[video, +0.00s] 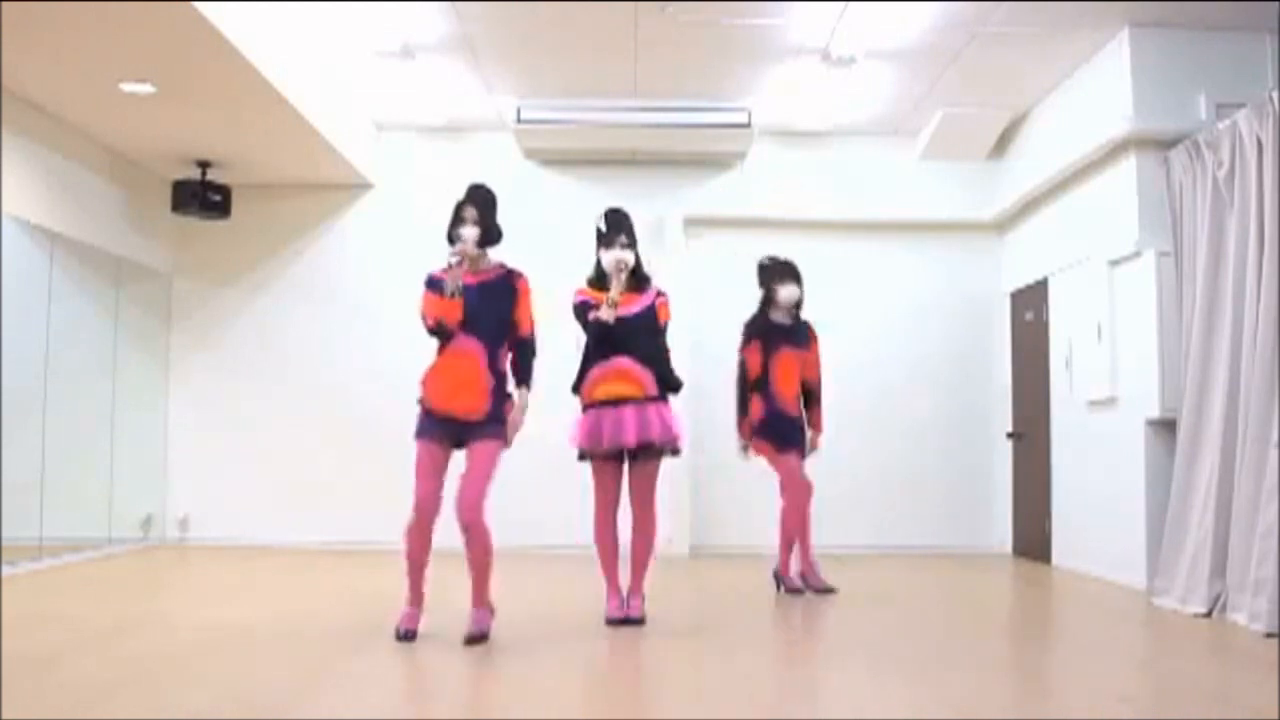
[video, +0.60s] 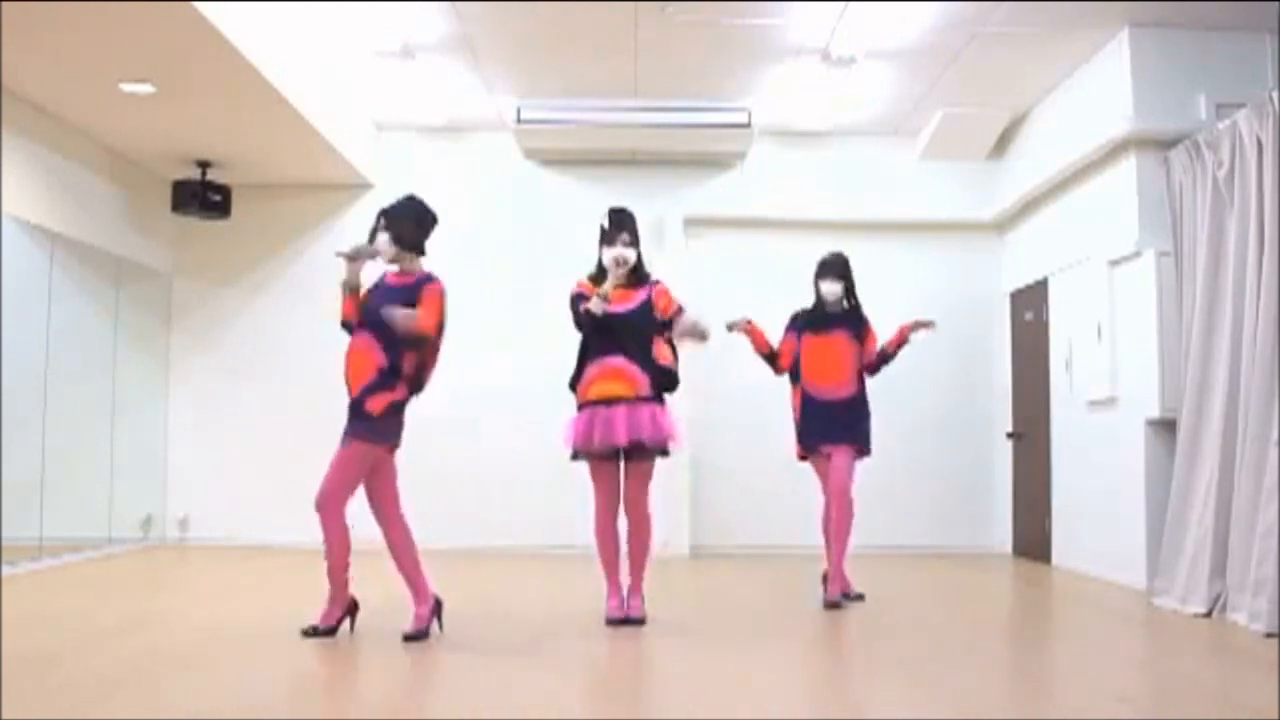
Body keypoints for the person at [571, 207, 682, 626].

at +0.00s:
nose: (620, 257)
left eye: (626, 248)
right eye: (612, 248)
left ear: (636, 252)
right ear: (599, 253)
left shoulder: (653, 297)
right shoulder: (586, 296)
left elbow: (658, 343)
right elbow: (595, 328)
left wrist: (669, 379)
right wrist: (613, 292)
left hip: (647, 397)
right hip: (603, 397)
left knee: (642, 500)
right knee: (606, 501)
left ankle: (636, 589)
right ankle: (613, 589)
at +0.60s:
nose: (620, 253)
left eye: (627, 244)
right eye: (612, 244)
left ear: (638, 248)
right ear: (600, 247)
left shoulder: (653, 292)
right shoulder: (586, 291)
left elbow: (680, 321)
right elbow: (584, 320)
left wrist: (689, 329)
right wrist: (602, 294)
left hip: (642, 400)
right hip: (598, 400)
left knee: (636, 501)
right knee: (606, 502)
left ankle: (635, 591)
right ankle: (613, 591)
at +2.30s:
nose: (612, 260)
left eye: (620, 252)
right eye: (605, 251)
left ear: (630, 255)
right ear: (593, 252)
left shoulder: (642, 297)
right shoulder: (575, 295)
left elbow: (671, 344)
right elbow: (578, 331)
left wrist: (694, 300)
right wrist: (602, 288)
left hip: (624, 406)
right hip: (581, 405)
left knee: (596, 503)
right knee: (593, 505)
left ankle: (567, 596)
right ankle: (615, 592)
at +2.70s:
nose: (613, 261)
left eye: (621, 252)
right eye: (606, 252)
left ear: (632, 256)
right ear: (593, 253)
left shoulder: (644, 298)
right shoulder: (578, 296)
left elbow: (671, 343)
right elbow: (579, 330)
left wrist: (692, 297)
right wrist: (602, 292)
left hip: (624, 405)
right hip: (581, 404)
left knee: (597, 504)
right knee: (594, 505)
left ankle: (569, 594)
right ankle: (615, 592)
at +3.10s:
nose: (615, 256)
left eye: (623, 247)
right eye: (608, 247)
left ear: (634, 251)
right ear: (596, 250)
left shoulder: (651, 295)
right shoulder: (582, 294)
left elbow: (682, 347)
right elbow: (582, 327)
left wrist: (698, 393)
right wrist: (602, 293)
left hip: (637, 401)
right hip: (593, 400)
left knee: (608, 478)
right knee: (600, 489)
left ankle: (634, 557)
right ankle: (612, 589)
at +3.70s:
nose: (621, 257)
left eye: (628, 249)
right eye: (613, 249)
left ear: (638, 253)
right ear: (600, 253)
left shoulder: (655, 296)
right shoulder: (586, 295)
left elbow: (662, 354)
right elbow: (596, 329)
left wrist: (671, 405)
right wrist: (612, 290)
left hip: (646, 402)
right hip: (602, 402)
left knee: (647, 503)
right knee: (607, 503)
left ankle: (645, 592)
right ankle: (613, 592)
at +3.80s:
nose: (621, 257)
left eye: (628, 249)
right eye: (613, 249)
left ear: (638, 253)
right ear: (601, 253)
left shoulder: (655, 296)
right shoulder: (586, 295)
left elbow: (665, 353)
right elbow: (595, 328)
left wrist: (673, 401)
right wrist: (610, 293)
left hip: (647, 402)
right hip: (602, 402)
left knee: (647, 504)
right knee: (607, 505)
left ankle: (645, 592)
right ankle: (613, 591)